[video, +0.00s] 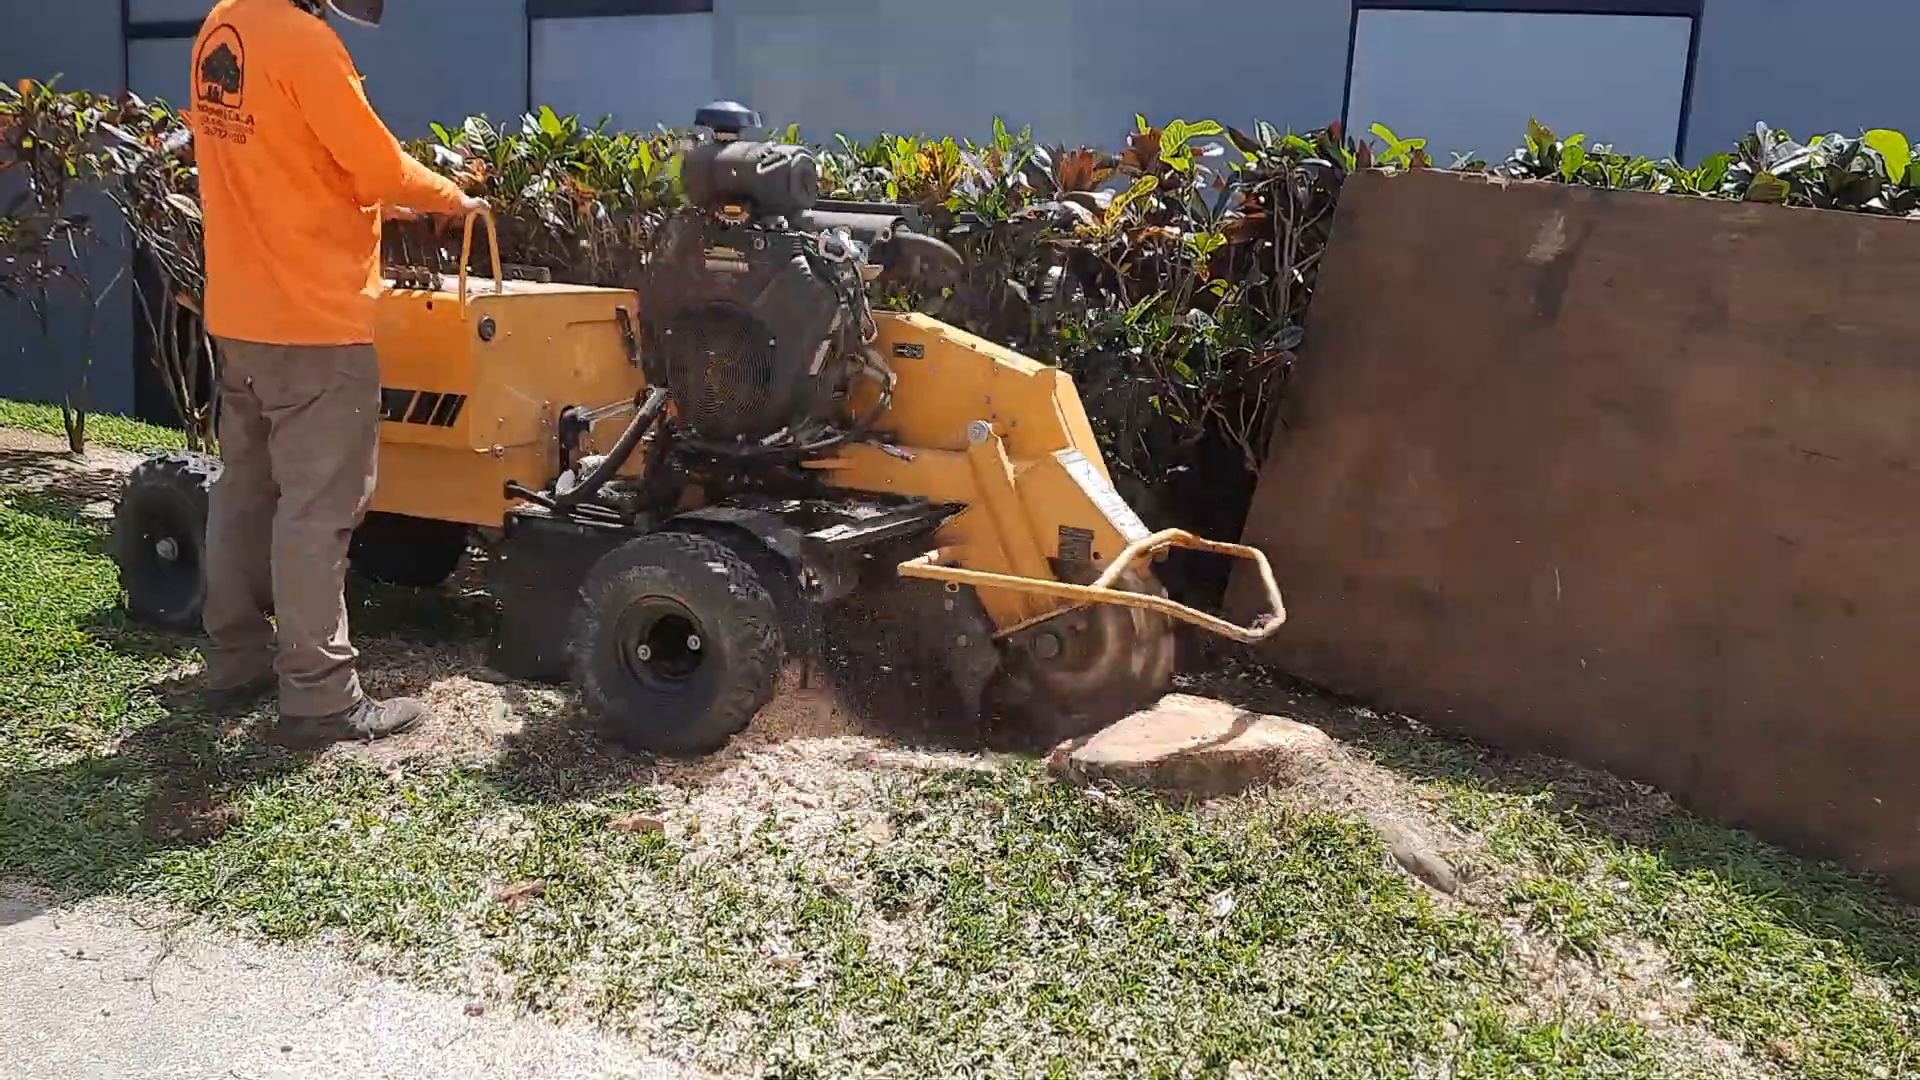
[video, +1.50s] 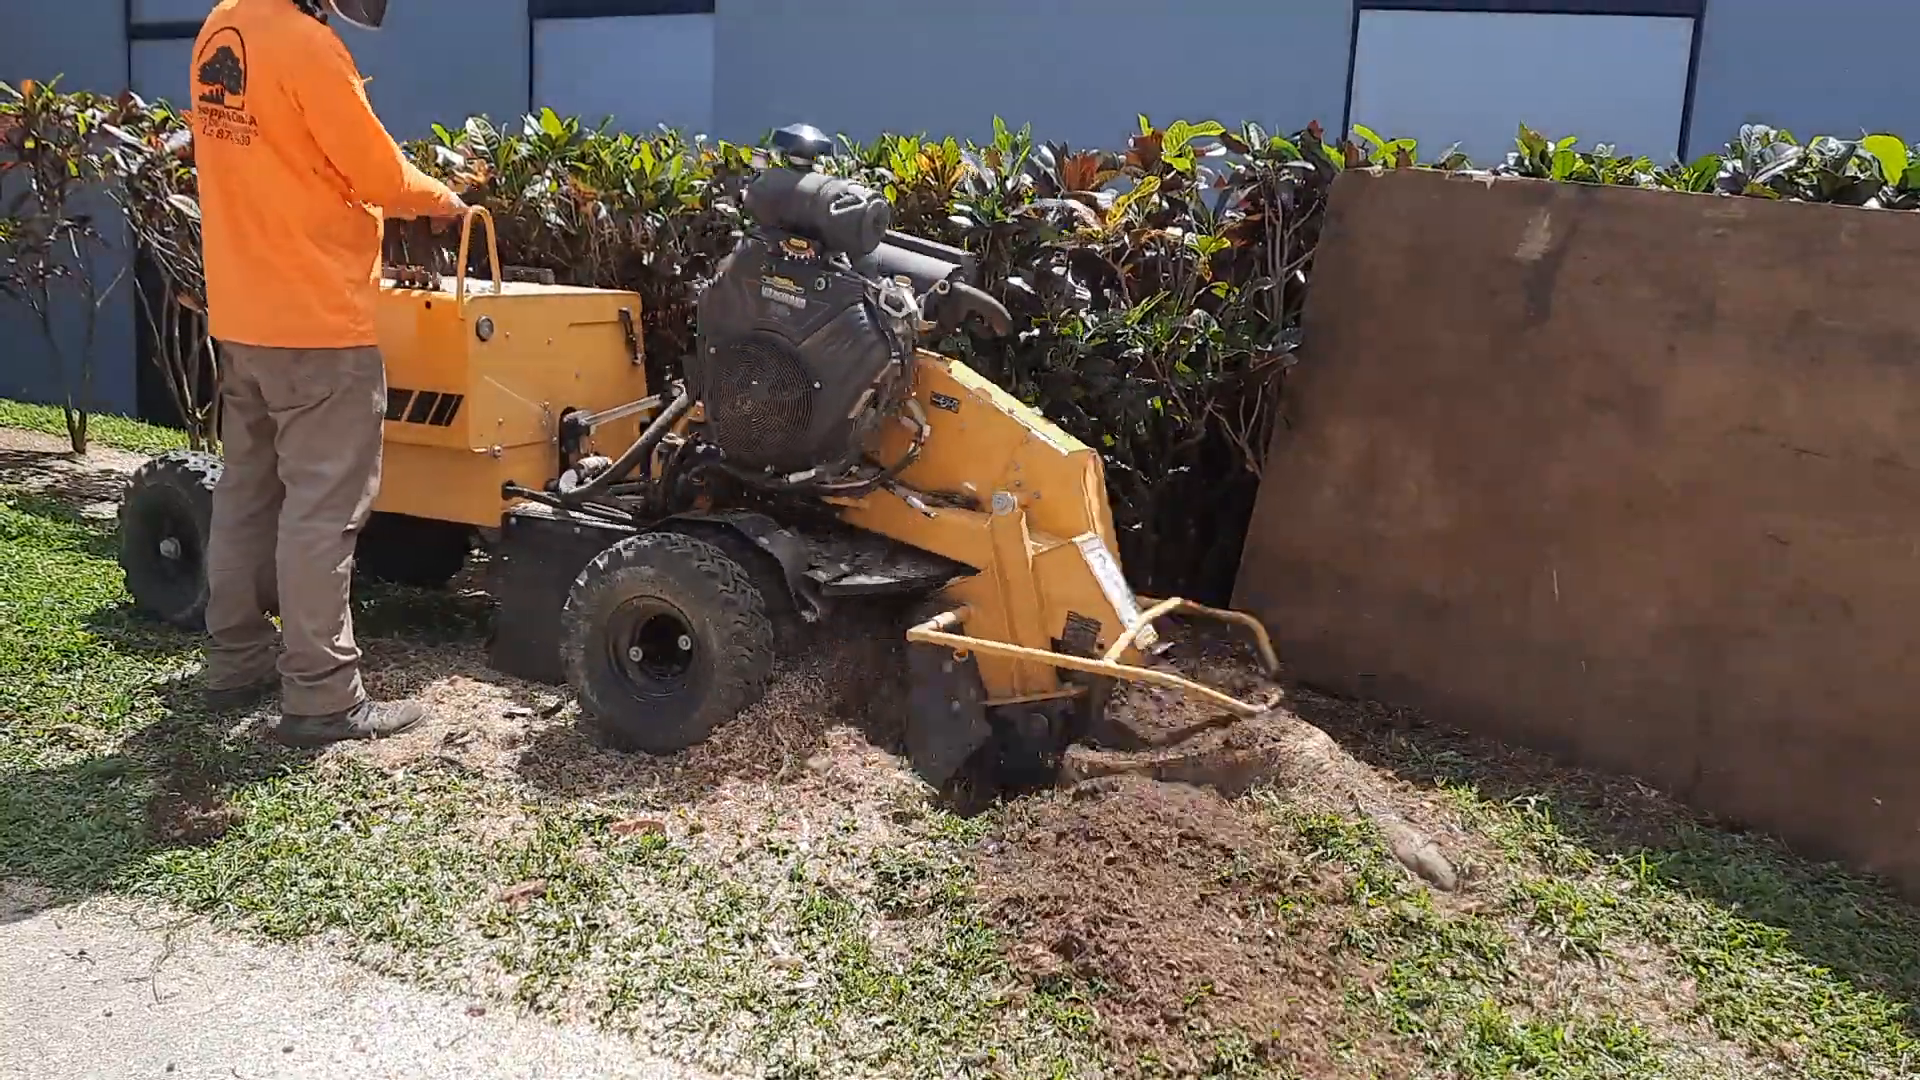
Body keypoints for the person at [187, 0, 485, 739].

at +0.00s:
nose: (372, 10)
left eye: (371, 4)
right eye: (367, 1)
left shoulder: (222, 24)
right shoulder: (308, 43)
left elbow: (282, 165)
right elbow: (381, 169)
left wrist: (393, 195)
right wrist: (451, 197)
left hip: (238, 316)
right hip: (314, 323)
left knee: (244, 492)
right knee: (319, 503)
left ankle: (235, 662)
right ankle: (318, 697)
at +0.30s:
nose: (373, 15)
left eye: (373, 9)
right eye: (370, 5)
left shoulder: (226, 29)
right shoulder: (323, 48)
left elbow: (280, 161)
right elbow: (393, 169)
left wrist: (391, 190)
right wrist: (459, 194)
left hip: (244, 319)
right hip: (323, 325)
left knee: (251, 493)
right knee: (325, 503)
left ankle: (237, 662)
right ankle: (318, 695)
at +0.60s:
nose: (374, 12)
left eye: (375, 6)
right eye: (370, 3)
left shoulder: (228, 24)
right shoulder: (322, 54)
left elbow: (301, 156)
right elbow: (396, 178)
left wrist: (410, 189)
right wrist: (456, 202)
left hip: (246, 322)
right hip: (326, 328)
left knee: (251, 490)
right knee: (327, 503)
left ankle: (237, 660)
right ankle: (318, 697)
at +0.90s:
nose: (368, 15)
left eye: (371, 10)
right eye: (367, 6)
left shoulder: (215, 26)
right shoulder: (312, 43)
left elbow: (262, 158)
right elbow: (376, 176)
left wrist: (378, 200)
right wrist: (421, 202)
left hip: (234, 321)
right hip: (318, 327)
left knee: (244, 494)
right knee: (326, 505)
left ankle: (235, 661)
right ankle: (320, 696)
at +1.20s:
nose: (361, 11)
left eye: (363, 6)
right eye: (358, 2)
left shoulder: (215, 34)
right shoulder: (322, 56)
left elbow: (287, 157)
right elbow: (397, 176)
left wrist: (388, 198)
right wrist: (456, 201)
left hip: (245, 323)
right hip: (330, 328)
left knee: (247, 494)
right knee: (329, 505)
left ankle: (236, 660)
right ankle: (321, 695)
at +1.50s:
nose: (373, 11)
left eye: (370, 6)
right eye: (367, 3)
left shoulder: (220, 25)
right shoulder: (312, 48)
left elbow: (282, 159)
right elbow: (380, 174)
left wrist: (395, 195)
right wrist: (441, 200)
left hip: (239, 320)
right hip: (319, 325)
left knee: (246, 493)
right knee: (324, 504)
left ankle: (238, 662)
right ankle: (321, 696)